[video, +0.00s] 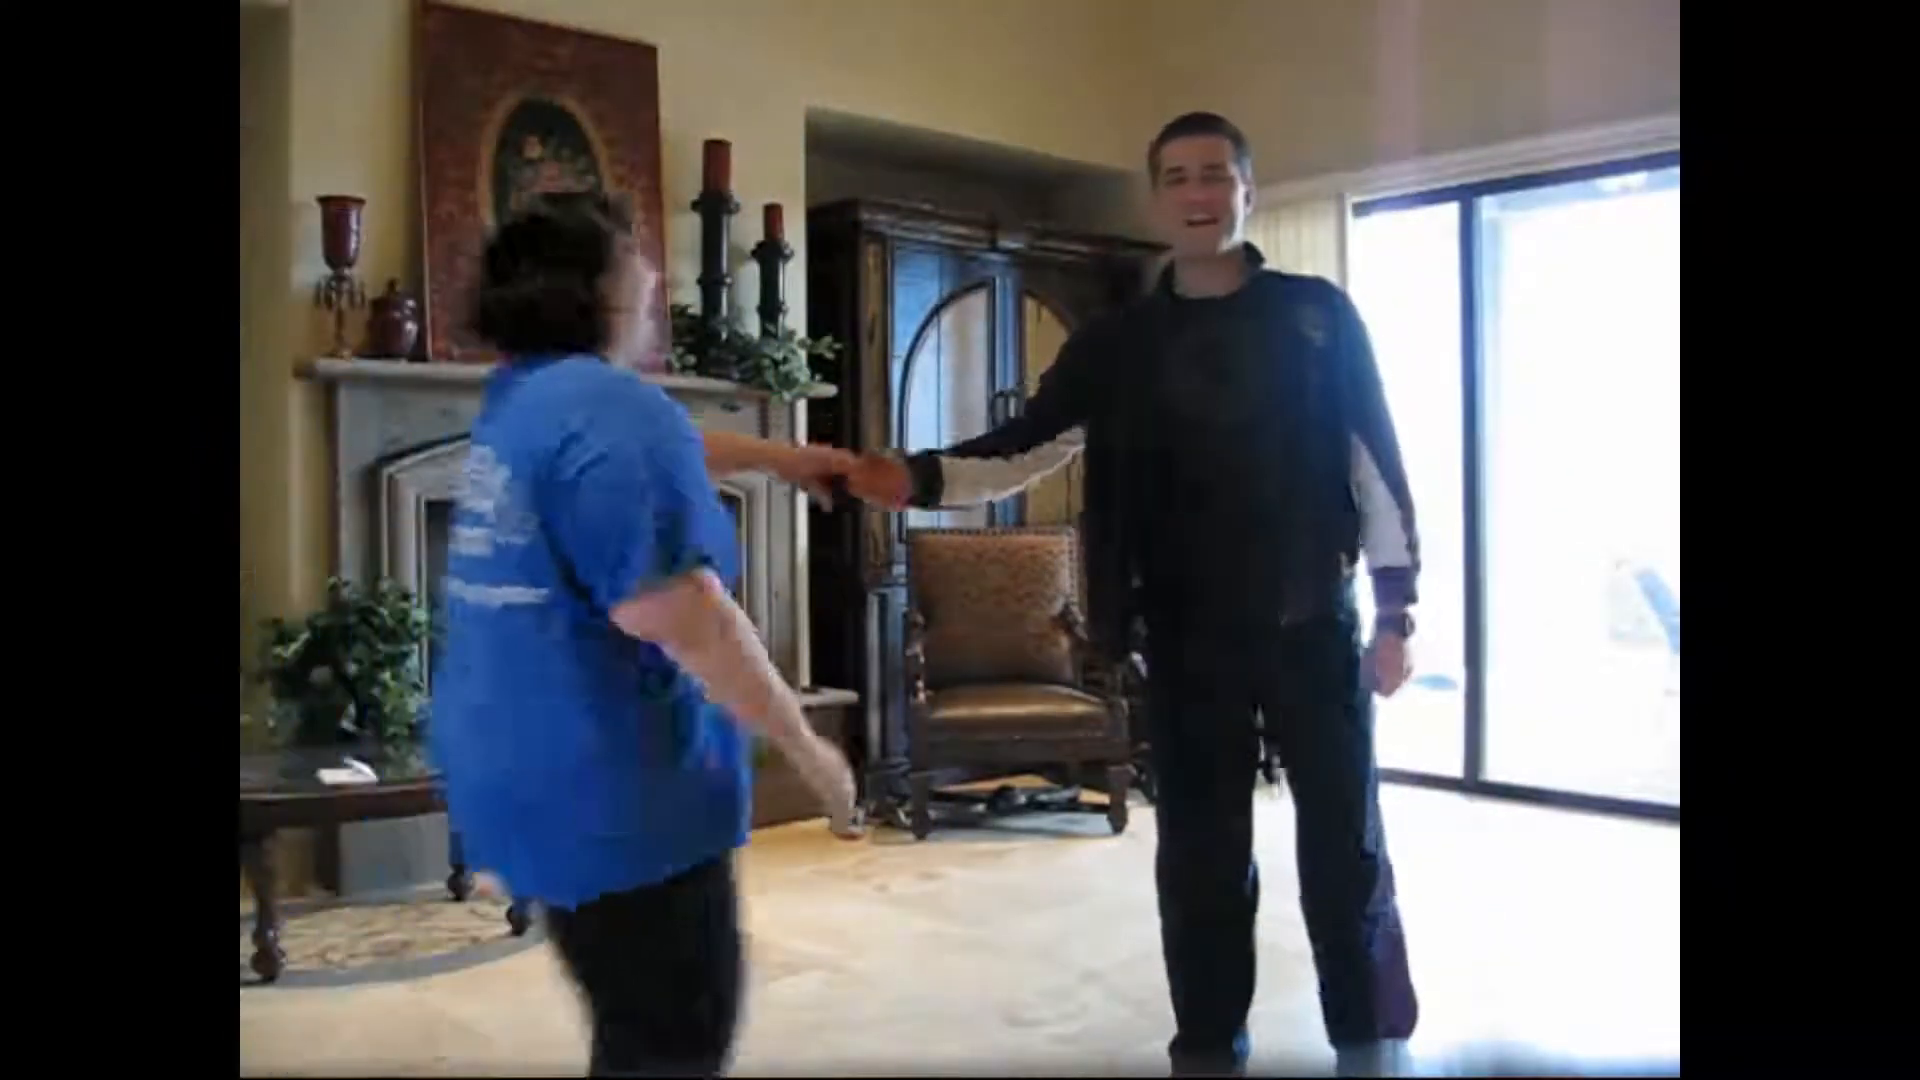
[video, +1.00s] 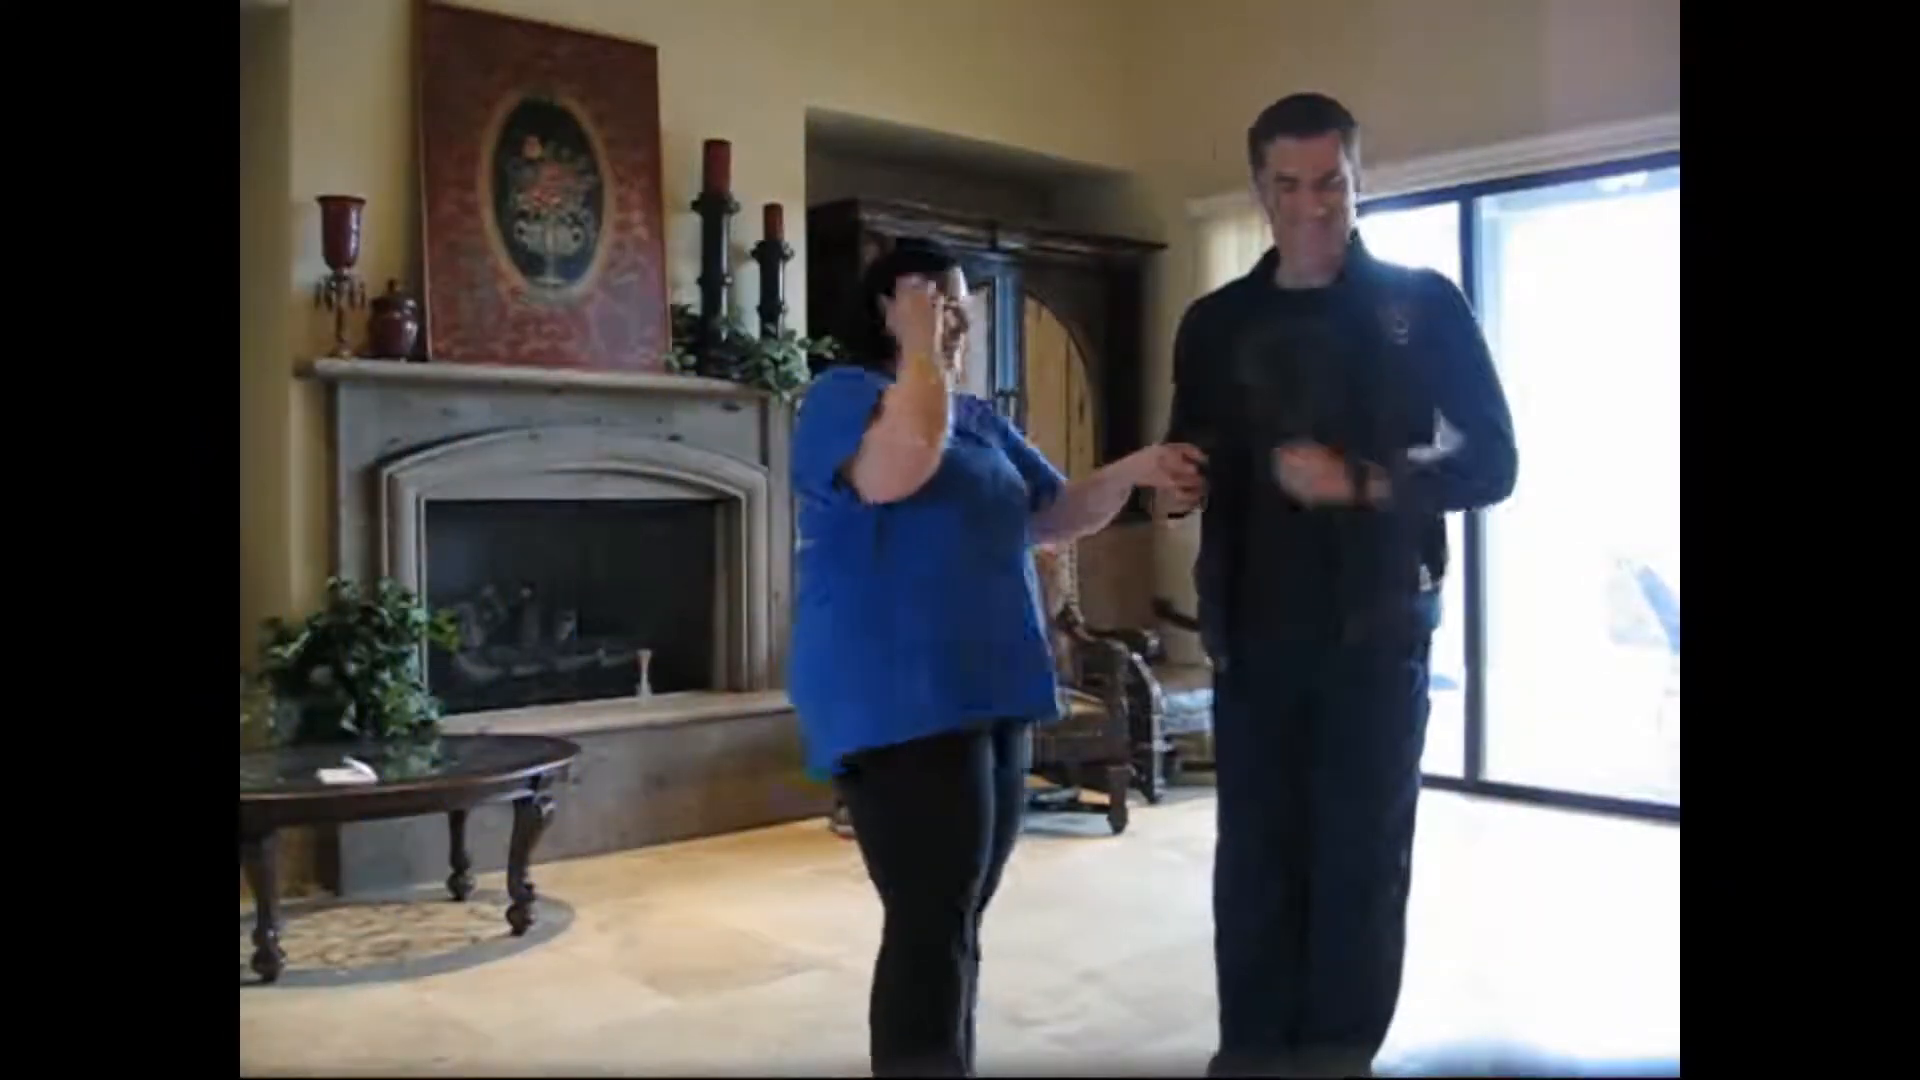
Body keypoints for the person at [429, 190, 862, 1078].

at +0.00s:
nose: (655, 281)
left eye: (648, 260)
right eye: (638, 261)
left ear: (529, 296)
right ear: (598, 287)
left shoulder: (525, 403)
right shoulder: (611, 415)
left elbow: (653, 446)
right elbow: (666, 600)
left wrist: (781, 459)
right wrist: (796, 738)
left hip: (553, 786)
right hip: (620, 798)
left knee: (643, 1030)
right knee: (674, 1037)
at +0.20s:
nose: (757, 263)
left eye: (750, 246)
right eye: (744, 248)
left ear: (651, 276)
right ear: (705, 271)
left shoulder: (648, 371)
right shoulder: (713, 379)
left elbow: (793, 469)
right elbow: (723, 556)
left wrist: (925, 494)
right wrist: (772, 721)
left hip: (632, 737)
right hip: (728, 736)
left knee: (658, 960)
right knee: (843, 930)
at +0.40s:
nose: (850, 304)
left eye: (845, 286)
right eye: (831, 287)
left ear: (770, 309)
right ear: (779, 305)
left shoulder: (746, 406)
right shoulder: (791, 414)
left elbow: (886, 493)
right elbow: (798, 594)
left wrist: (1026, 502)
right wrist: (840, 757)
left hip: (745, 753)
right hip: (854, 754)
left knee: (746, 961)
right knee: (917, 949)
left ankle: (687, 1071)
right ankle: (921, 1061)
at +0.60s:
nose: (920, 304)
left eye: (914, 287)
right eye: (902, 289)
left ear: (845, 308)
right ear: (857, 306)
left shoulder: (821, 402)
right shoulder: (861, 408)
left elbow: (949, 504)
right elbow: (889, 568)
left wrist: (1081, 493)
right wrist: (1022, 675)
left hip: (841, 720)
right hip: (904, 725)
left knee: (907, 886)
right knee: (947, 933)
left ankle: (815, 1052)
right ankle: (932, 1065)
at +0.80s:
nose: (958, 310)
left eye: (956, 294)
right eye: (941, 294)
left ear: (911, 310)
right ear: (890, 304)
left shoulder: (916, 405)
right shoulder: (855, 399)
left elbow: (995, 509)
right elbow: (924, 508)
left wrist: (1109, 488)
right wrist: (1005, 425)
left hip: (953, 716)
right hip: (899, 727)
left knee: (967, 920)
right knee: (932, 937)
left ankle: (950, 1057)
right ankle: (921, 1068)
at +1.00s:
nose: (953, 304)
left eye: (958, 292)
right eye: (931, 292)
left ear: (968, 313)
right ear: (882, 309)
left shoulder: (979, 419)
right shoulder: (840, 399)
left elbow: (1054, 512)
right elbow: (892, 472)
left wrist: (1135, 470)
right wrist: (921, 352)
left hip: (993, 699)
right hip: (898, 703)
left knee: (956, 920)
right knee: (931, 919)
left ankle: (947, 1064)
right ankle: (916, 1071)